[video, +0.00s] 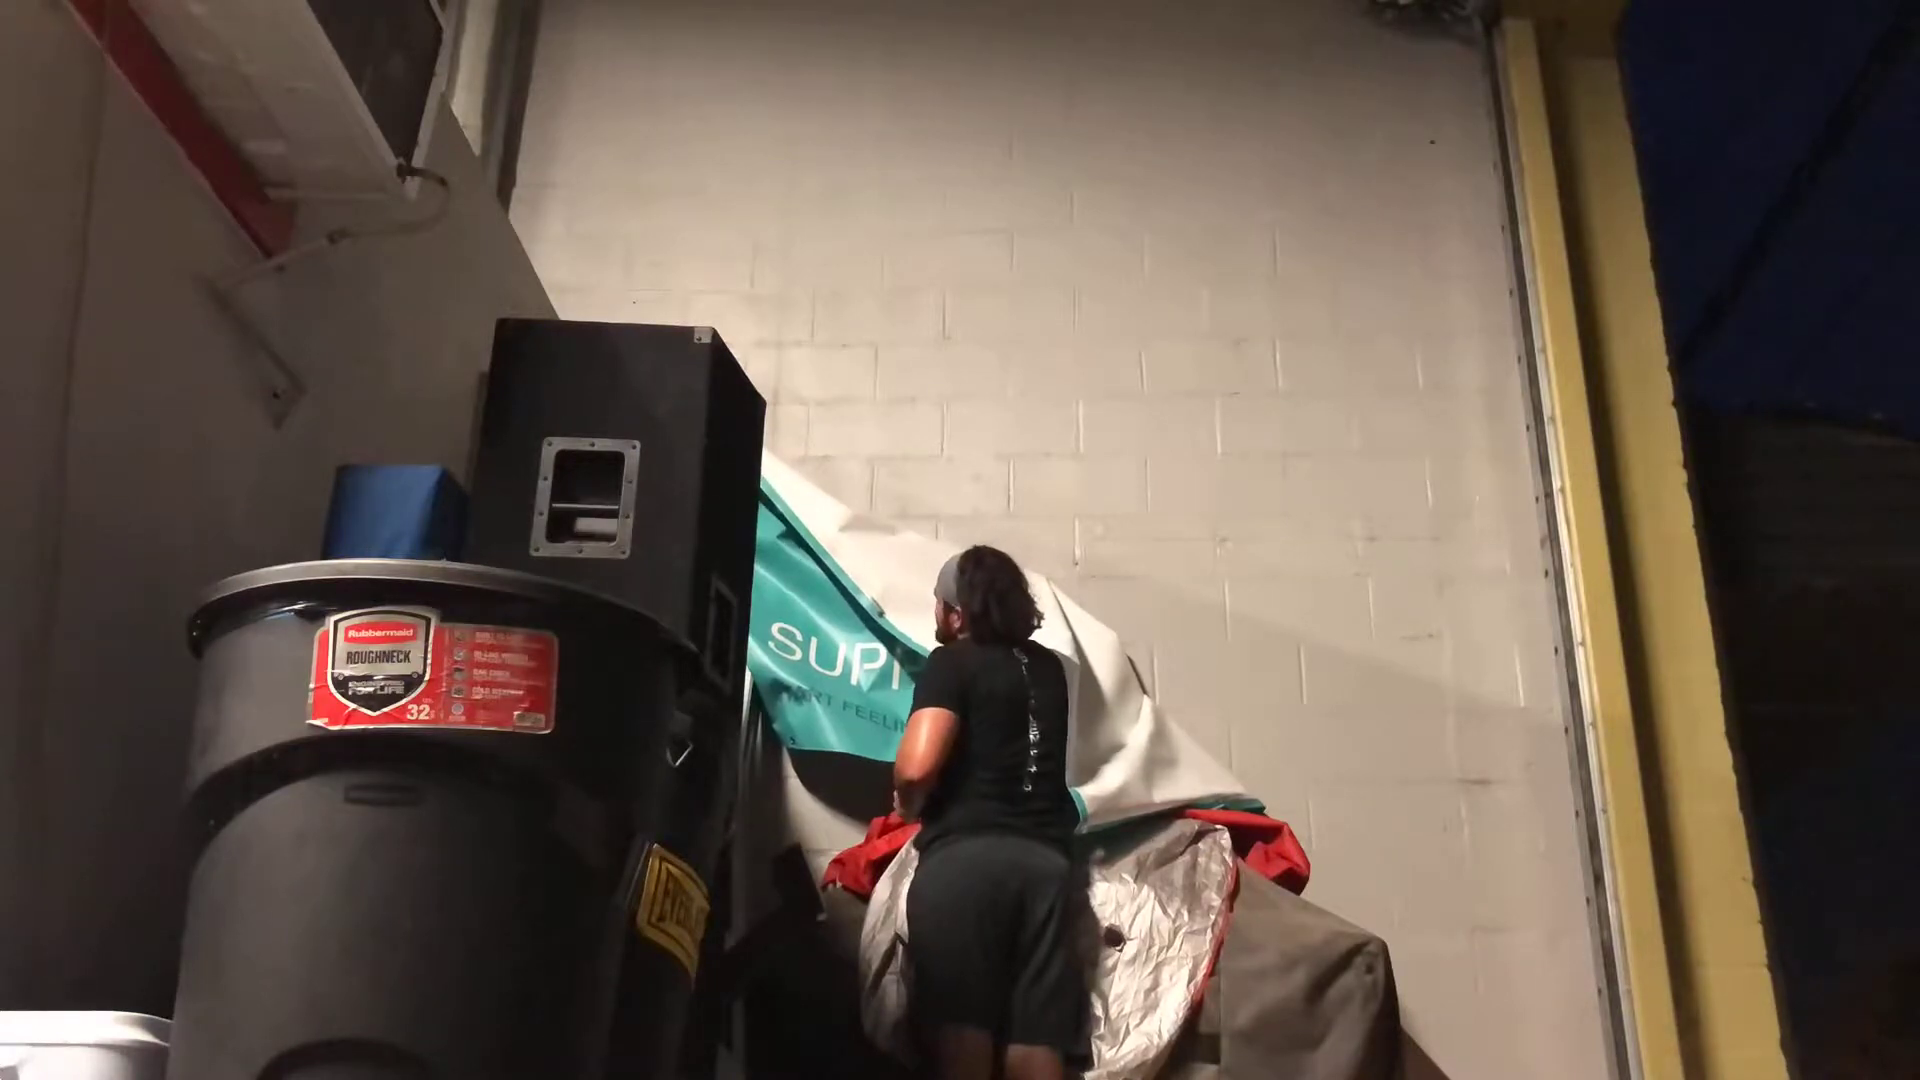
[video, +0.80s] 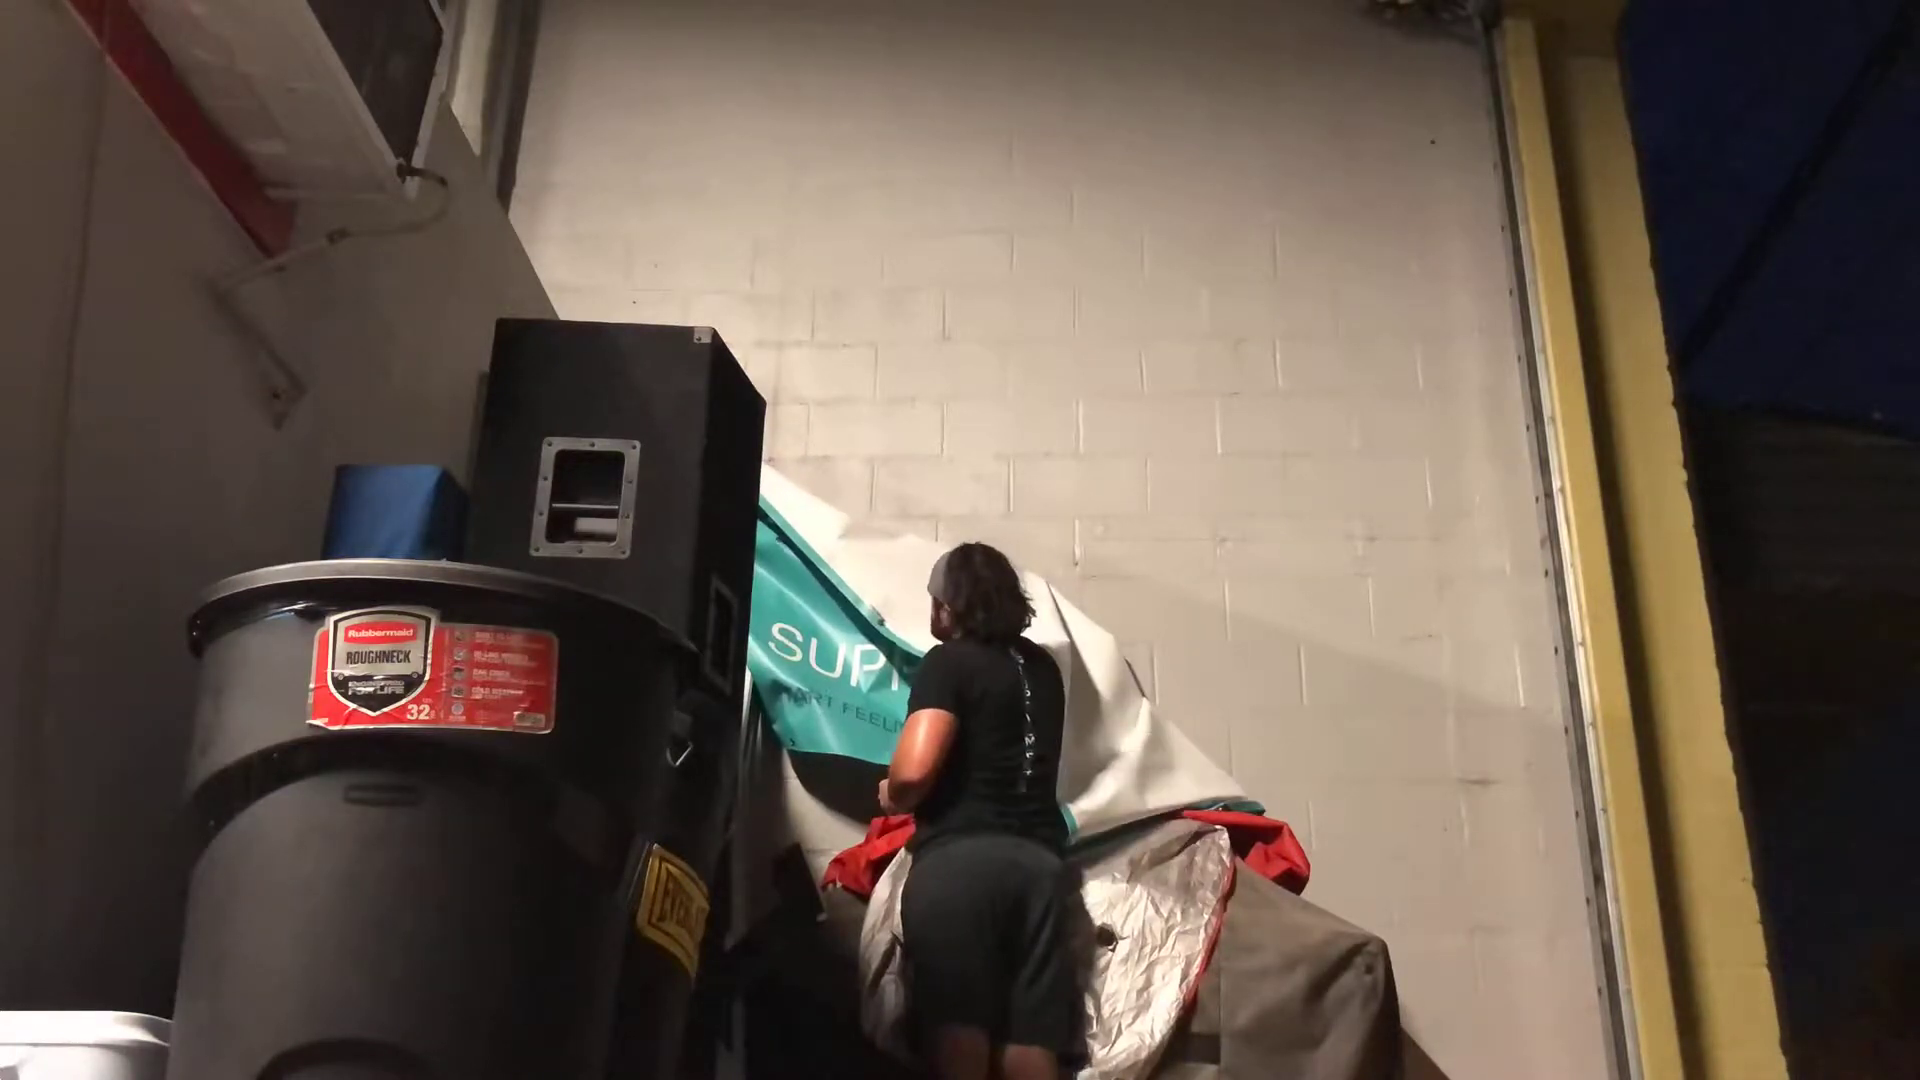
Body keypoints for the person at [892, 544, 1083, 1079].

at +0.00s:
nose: (935, 617)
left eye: (939, 606)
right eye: (937, 605)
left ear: (957, 612)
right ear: (1015, 608)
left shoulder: (952, 661)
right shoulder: (1054, 668)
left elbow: (917, 764)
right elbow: (1045, 760)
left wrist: (907, 802)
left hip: (966, 855)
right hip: (1050, 861)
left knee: (962, 1038)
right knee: (1038, 1046)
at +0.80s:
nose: (931, 612)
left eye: (934, 600)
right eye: (932, 599)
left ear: (949, 605)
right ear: (1007, 602)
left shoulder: (948, 661)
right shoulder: (1045, 666)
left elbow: (914, 770)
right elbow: (1034, 760)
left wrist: (892, 796)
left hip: (960, 856)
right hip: (1042, 861)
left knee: (958, 1039)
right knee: (1034, 1045)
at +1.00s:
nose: (968, 590)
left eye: (971, 578)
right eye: (970, 578)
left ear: (991, 587)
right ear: (1041, 588)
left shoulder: (992, 654)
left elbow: (955, 757)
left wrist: (898, 741)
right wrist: (875, 674)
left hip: (974, 877)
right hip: (1051, 879)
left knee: (960, 1043)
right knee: (1036, 1049)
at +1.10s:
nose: (937, 604)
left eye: (936, 594)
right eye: (936, 595)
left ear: (949, 592)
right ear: (1016, 581)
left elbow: (897, 759)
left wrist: (950, 752)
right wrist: (1042, 743)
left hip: (971, 851)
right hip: (1063, 856)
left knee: (980, 1031)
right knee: (1054, 1035)